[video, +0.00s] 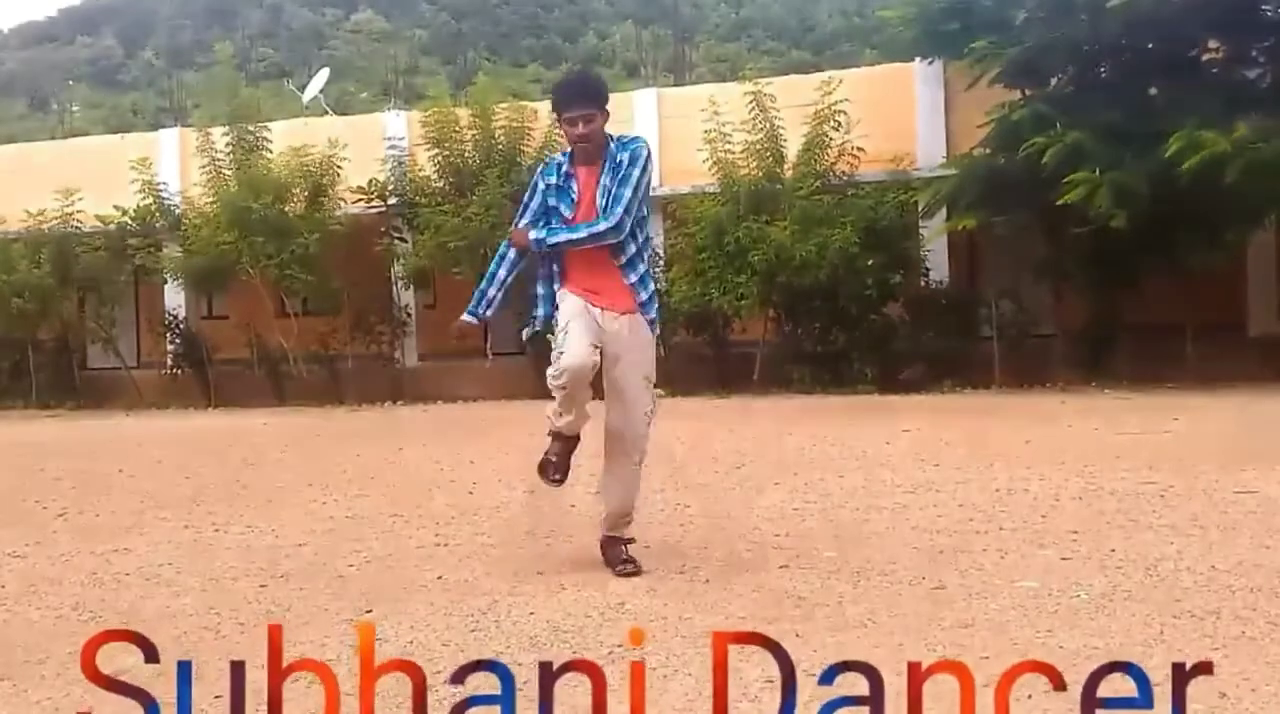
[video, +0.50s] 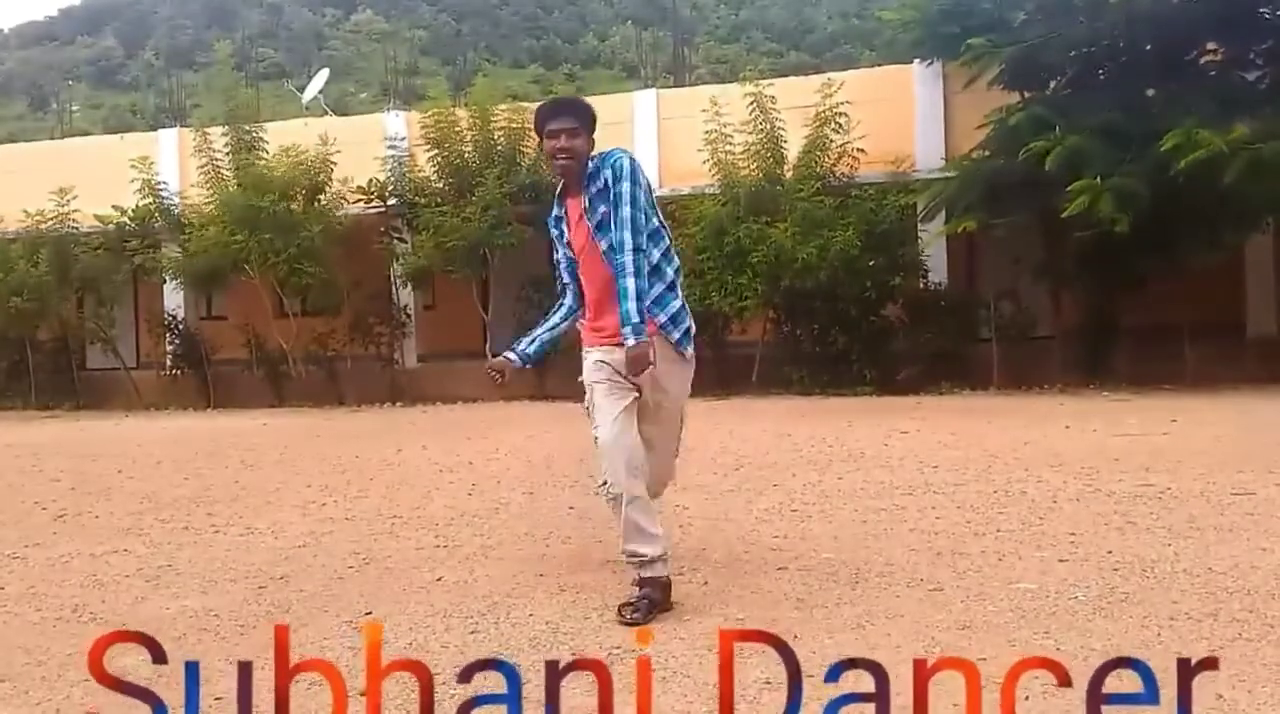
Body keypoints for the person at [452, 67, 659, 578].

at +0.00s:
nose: (580, 131)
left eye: (588, 120)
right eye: (569, 122)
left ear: (606, 116)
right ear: (559, 124)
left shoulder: (633, 153)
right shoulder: (552, 172)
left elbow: (616, 225)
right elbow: (520, 240)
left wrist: (541, 236)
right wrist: (480, 307)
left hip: (630, 298)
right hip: (575, 292)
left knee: (629, 426)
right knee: (575, 361)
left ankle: (616, 534)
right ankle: (564, 434)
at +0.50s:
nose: (561, 145)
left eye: (572, 134)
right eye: (552, 137)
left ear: (590, 138)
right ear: (541, 146)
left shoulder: (617, 168)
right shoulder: (560, 216)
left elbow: (634, 248)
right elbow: (572, 300)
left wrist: (637, 331)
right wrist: (519, 354)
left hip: (662, 337)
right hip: (604, 345)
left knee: (660, 468)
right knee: (616, 454)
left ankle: (622, 490)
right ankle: (651, 577)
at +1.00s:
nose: (610, 92)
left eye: (620, 81)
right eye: (598, 83)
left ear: (636, 85)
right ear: (579, 88)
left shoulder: (653, 152)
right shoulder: (554, 136)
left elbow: (725, 189)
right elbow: (549, 203)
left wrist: (811, 215)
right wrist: (640, 197)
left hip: (626, 323)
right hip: (561, 326)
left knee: (598, 451)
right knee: (607, 454)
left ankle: (581, 613)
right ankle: (660, 570)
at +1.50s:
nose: (548, 33)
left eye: (561, 19)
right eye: (537, 22)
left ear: (586, 22)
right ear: (525, 29)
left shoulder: (622, 92)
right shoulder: (513, 100)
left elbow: (584, 192)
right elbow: (463, 180)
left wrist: (497, 171)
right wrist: (392, 249)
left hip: (602, 290)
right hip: (525, 286)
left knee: (572, 452)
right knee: (517, 410)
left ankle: (557, 601)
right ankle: (522, 587)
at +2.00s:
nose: (497, 81)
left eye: (510, 67)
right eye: (485, 69)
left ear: (538, 69)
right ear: (474, 75)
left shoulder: (572, 126)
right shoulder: (495, 157)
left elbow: (588, 233)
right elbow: (517, 242)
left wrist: (611, 341)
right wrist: (517, 294)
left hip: (632, 317)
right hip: (552, 328)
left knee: (678, 458)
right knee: (526, 472)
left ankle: (711, 582)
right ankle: (545, 637)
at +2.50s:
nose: (676, 51)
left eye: (686, 37)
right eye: (662, 42)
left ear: (706, 45)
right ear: (646, 55)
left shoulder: (733, 138)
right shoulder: (616, 119)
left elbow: (789, 212)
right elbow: (591, 209)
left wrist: (866, 228)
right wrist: (692, 226)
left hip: (716, 323)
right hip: (632, 325)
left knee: (769, 483)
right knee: (593, 488)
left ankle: (785, 627)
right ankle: (546, 643)